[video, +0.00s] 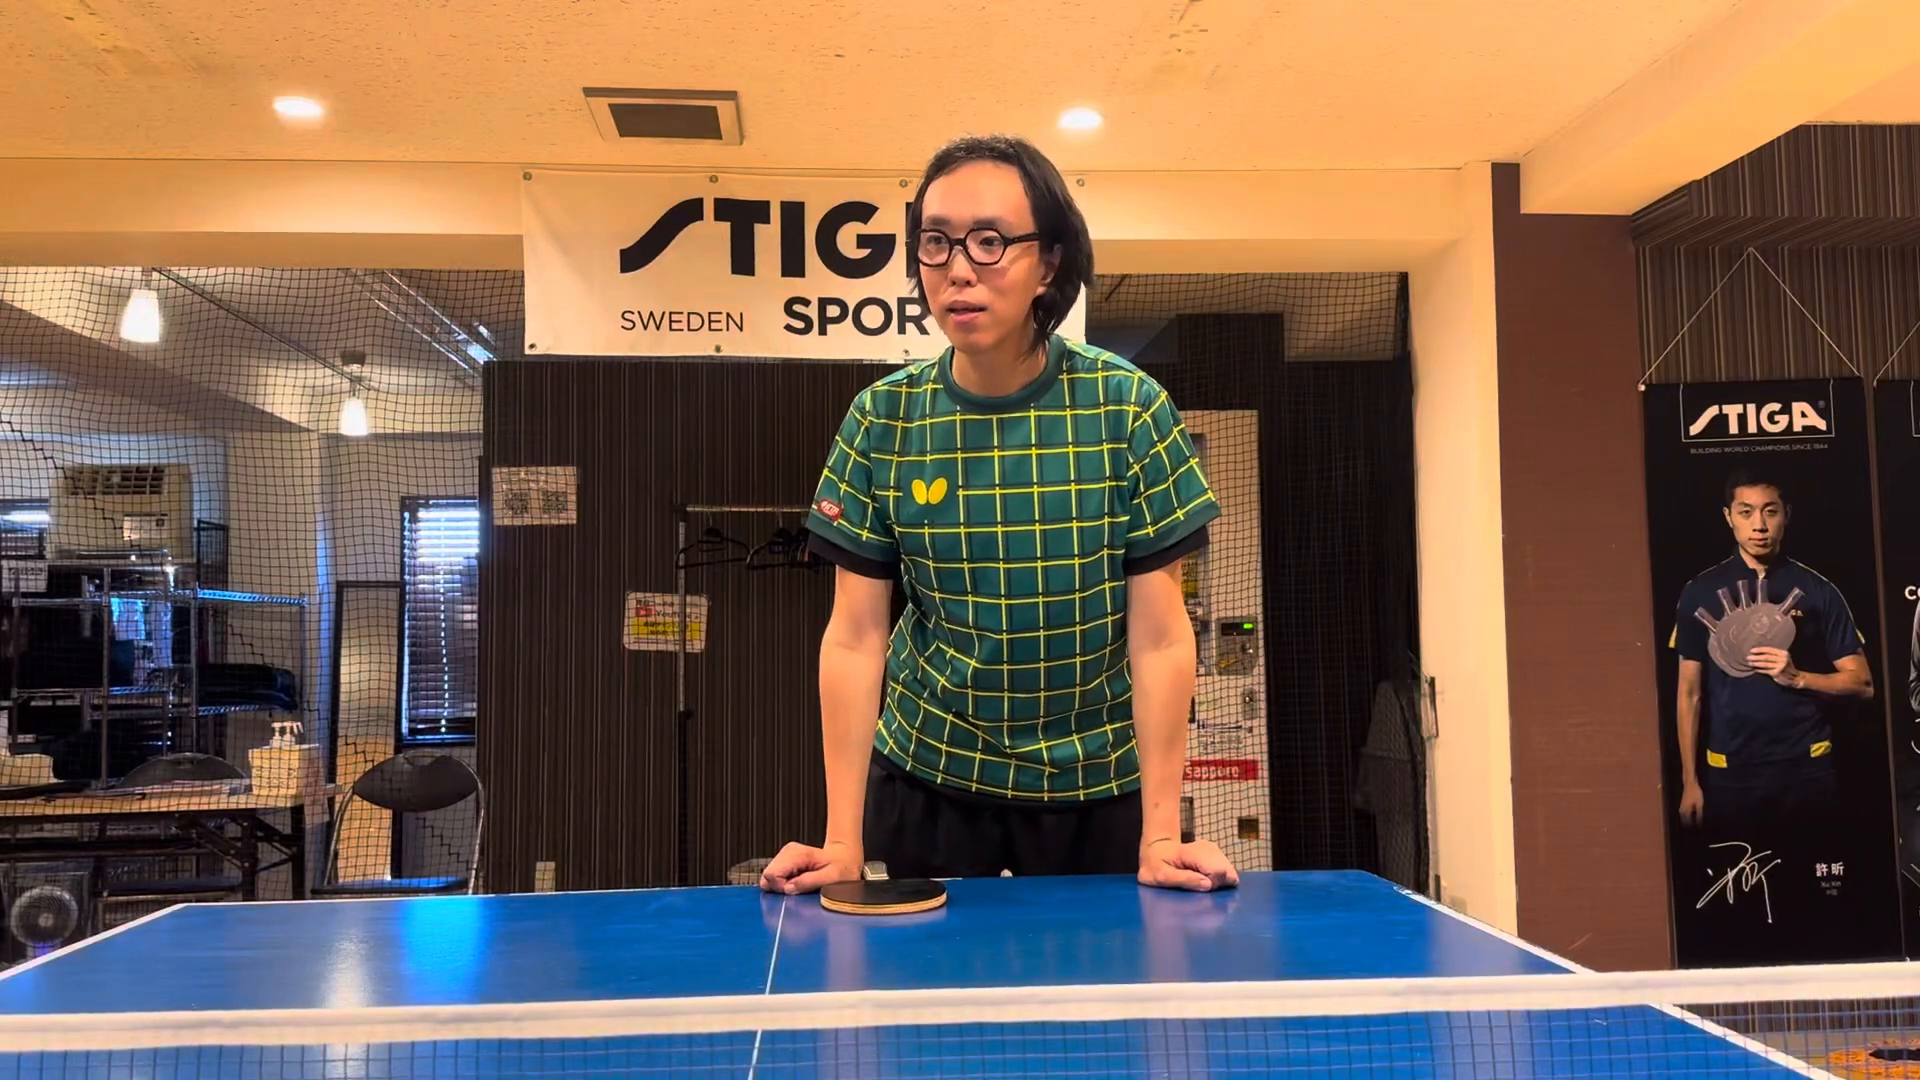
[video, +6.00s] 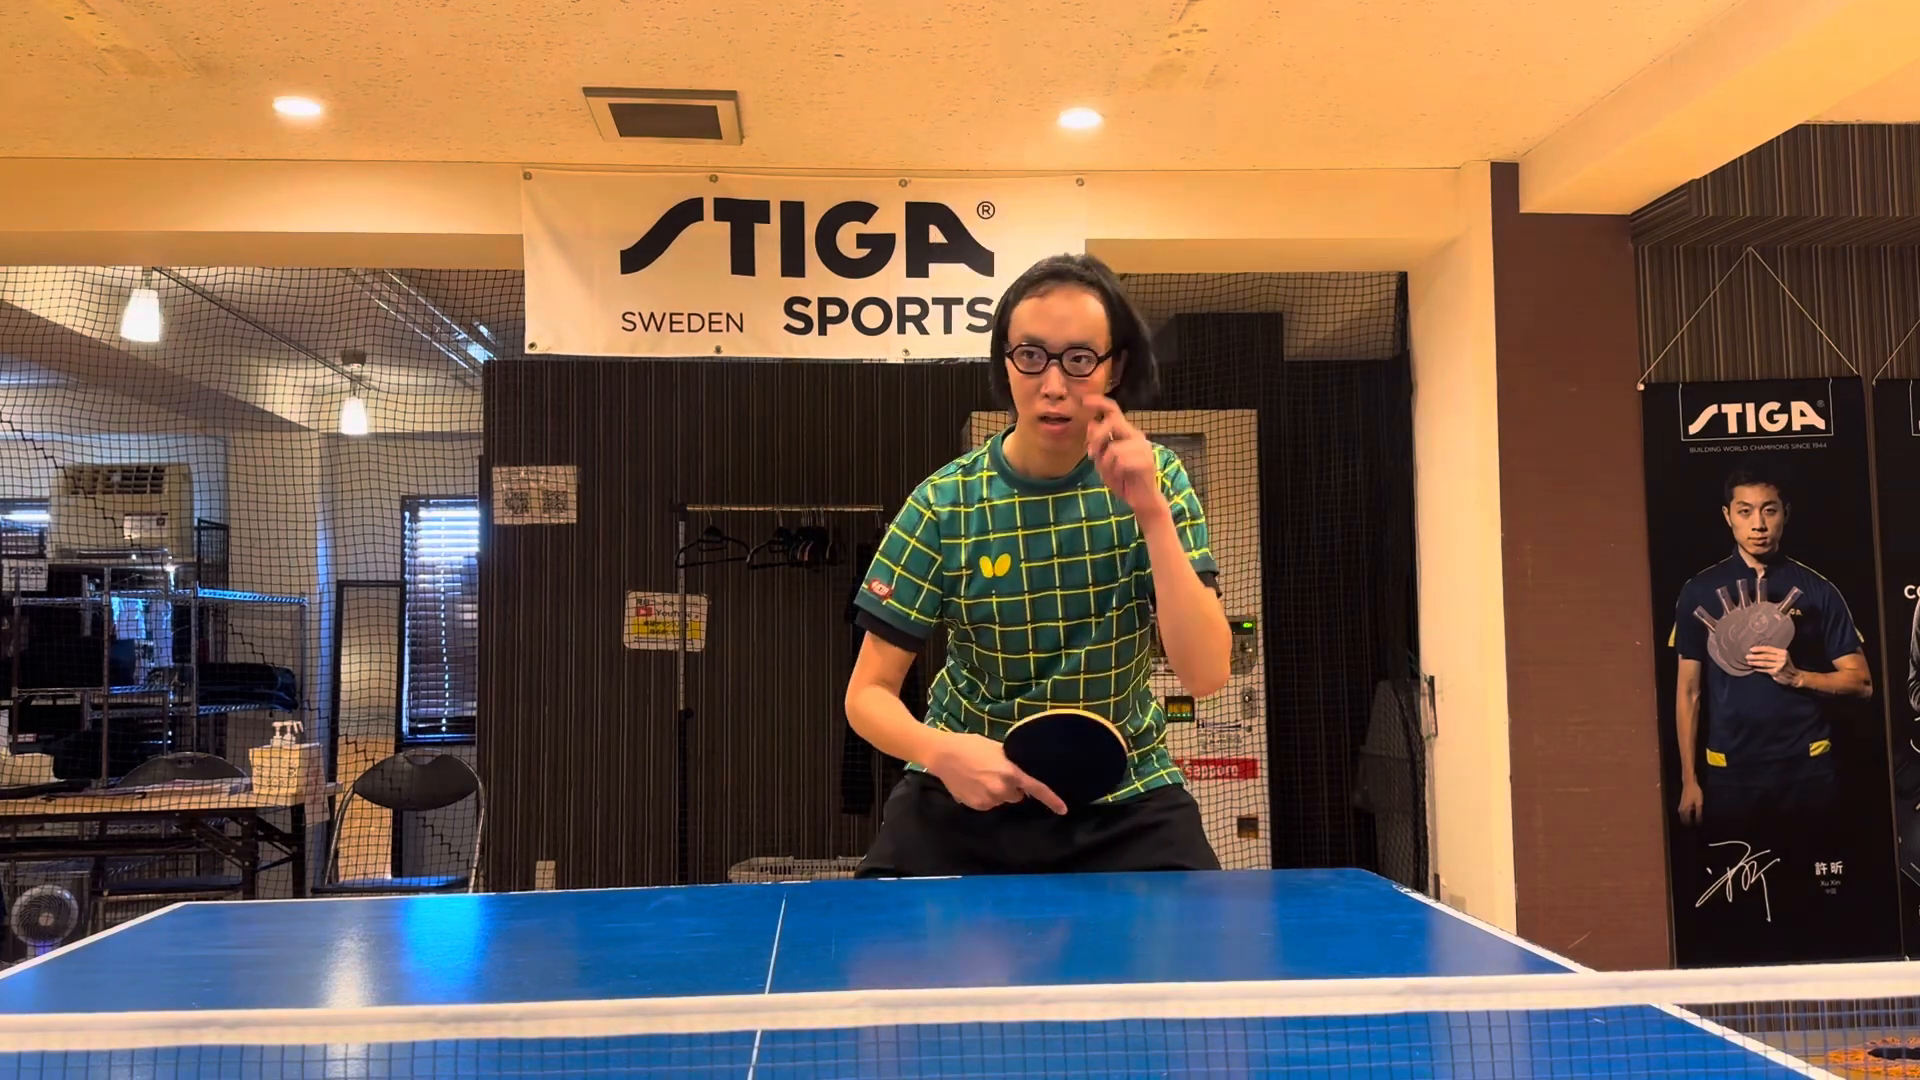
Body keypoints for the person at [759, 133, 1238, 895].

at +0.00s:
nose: (958, 268)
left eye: (990, 241)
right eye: (938, 242)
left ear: (1049, 266)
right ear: (918, 263)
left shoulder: (1126, 408)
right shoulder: (884, 417)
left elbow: (1160, 638)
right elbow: (854, 637)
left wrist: (1163, 836)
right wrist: (842, 842)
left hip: (1094, 809)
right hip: (925, 804)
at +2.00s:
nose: (951, 283)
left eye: (982, 257)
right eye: (932, 259)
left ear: (1040, 281)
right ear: (914, 278)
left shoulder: (1122, 419)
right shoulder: (886, 429)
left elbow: (1157, 642)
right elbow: (853, 645)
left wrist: (1162, 836)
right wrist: (841, 843)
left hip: (1093, 800)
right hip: (928, 796)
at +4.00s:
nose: (999, 245)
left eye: (1026, 225)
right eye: (979, 225)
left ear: (1070, 258)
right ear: (958, 253)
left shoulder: (1129, 419)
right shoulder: (913, 426)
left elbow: (1158, 615)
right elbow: (881, 628)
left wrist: (1147, 758)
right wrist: (903, 781)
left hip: (1100, 779)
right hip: (947, 779)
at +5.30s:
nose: (1010, 318)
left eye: (1034, 295)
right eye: (988, 294)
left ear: (1069, 310)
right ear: (960, 311)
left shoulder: (1120, 459)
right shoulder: (900, 464)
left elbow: (1158, 639)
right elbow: (831, 648)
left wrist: (1124, 641)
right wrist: (916, 708)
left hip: (1097, 800)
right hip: (929, 801)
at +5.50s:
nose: (1070, 329)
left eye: (1095, 307)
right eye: (1048, 304)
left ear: (1129, 321)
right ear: (1019, 317)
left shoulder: (1181, 453)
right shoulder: (964, 473)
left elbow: (1232, 661)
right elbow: (886, 649)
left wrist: (1186, 541)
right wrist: (938, 714)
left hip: (1154, 782)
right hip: (989, 779)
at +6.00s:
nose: (1053, 386)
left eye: (1079, 360)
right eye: (1031, 357)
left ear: (1116, 369)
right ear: (1004, 365)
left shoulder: (1154, 480)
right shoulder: (944, 504)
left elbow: (1204, 673)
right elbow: (867, 694)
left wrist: (1153, 516)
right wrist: (939, 752)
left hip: (1127, 792)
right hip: (959, 799)